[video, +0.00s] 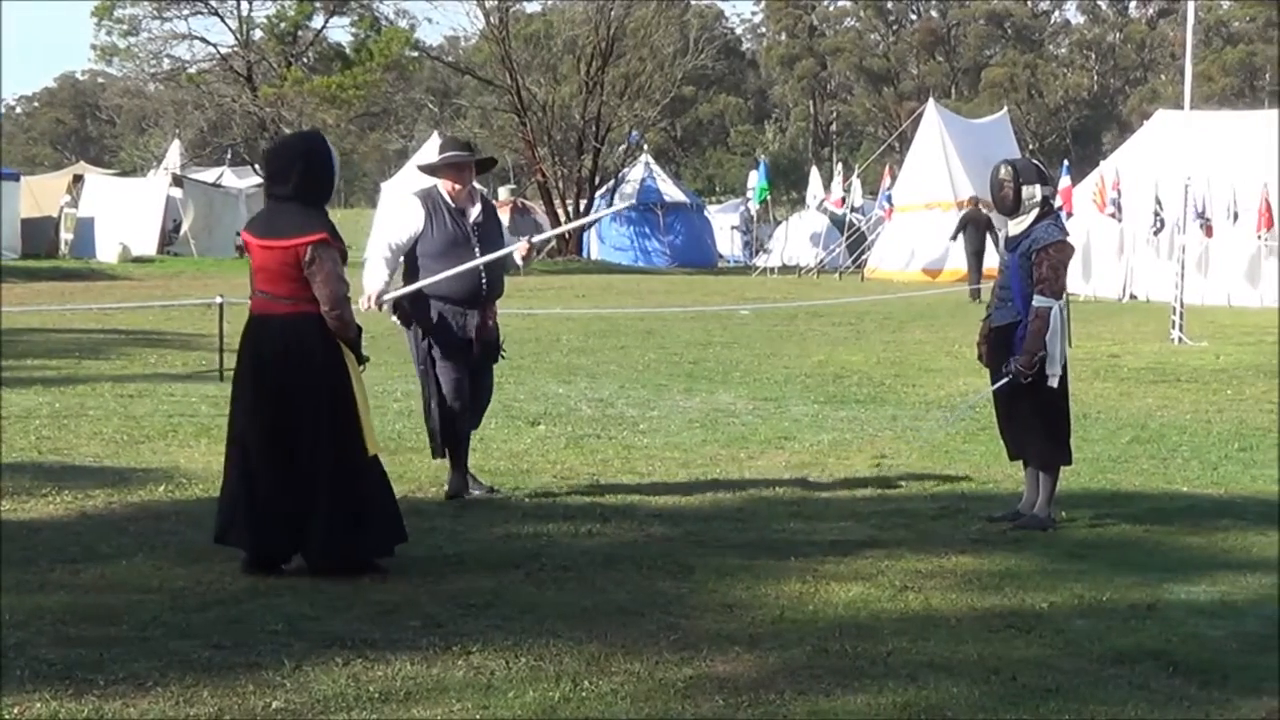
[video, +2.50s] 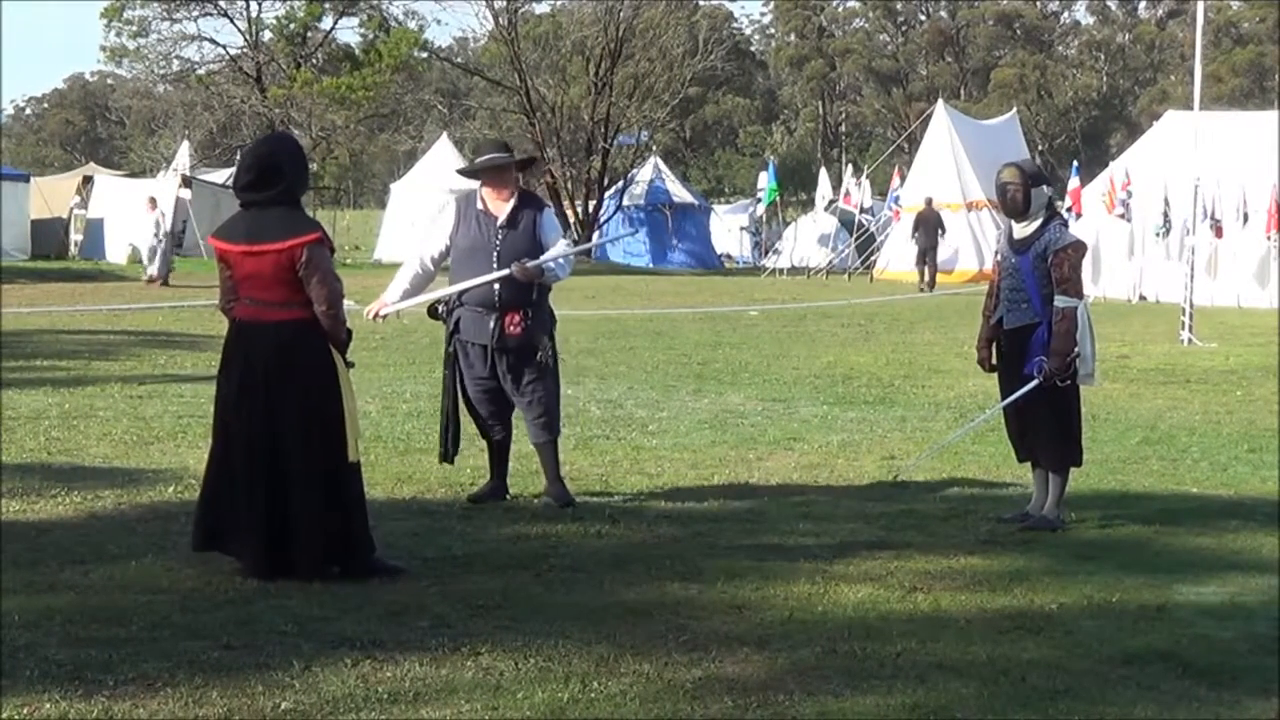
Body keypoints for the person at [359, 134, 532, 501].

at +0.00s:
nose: (457, 176)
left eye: (463, 168)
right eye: (450, 170)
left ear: (474, 170)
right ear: (437, 173)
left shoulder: (484, 204)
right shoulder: (418, 206)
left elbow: (496, 255)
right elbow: (386, 246)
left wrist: (517, 254)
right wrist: (375, 283)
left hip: (481, 313)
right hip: (438, 314)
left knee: (481, 393)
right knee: (454, 396)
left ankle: (457, 463)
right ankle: (460, 477)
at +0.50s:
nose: (469, 179)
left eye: (474, 171)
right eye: (459, 174)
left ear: (484, 170)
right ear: (446, 178)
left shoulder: (496, 203)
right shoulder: (431, 209)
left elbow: (513, 240)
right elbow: (396, 251)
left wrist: (537, 258)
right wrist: (391, 284)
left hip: (499, 316)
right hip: (455, 319)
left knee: (509, 396)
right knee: (466, 402)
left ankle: (487, 461)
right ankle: (469, 481)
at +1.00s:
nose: (490, 178)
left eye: (495, 171)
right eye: (481, 174)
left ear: (505, 171)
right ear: (469, 178)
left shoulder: (524, 211)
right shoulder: (451, 211)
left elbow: (543, 252)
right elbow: (415, 253)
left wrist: (565, 261)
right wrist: (414, 284)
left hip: (517, 322)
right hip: (467, 324)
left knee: (528, 404)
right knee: (472, 407)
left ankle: (551, 481)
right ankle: (473, 483)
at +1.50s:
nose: (538, 182)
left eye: (544, 174)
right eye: (530, 176)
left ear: (556, 174)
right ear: (517, 177)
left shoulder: (573, 214)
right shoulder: (495, 206)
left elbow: (603, 261)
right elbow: (459, 251)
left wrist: (589, 271)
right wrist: (429, 292)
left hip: (552, 325)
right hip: (499, 323)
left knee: (553, 408)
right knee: (490, 408)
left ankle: (556, 484)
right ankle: (475, 482)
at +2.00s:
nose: (537, 178)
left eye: (544, 170)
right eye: (529, 170)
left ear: (555, 173)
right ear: (515, 173)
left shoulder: (571, 215)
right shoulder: (493, 207)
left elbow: (592, 262)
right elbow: (456, 250)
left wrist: (560, 270)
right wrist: (415, 285)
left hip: (549, 327)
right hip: (497, 324)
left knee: (552, 407)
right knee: (499, 407)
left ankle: (557, 483)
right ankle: (497, 481)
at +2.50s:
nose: (500, 181)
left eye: (505, 173)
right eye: (491, 176)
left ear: (517, 173)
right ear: (479, 180)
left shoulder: (538, 212)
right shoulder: (459, 211)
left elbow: (564, 259)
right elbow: (426, 258)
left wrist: (540, 270)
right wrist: (392, 297)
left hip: (526, 328)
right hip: (473, 328)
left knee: (539, 409)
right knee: (489, 412)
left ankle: (555, 484)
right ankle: (497, 483)